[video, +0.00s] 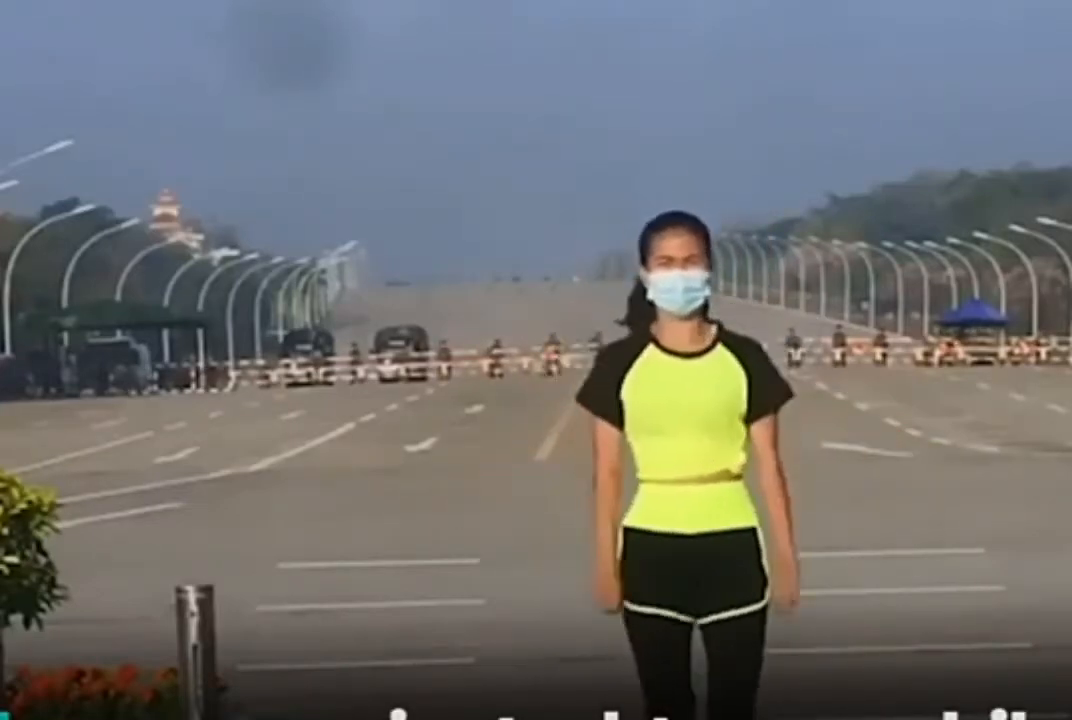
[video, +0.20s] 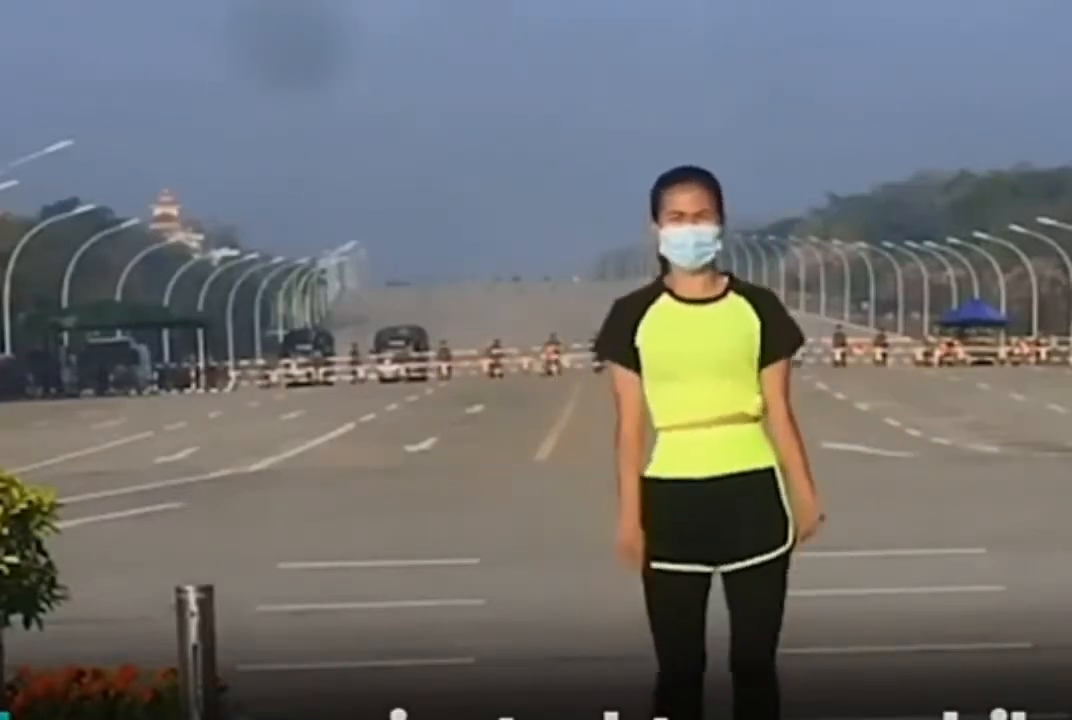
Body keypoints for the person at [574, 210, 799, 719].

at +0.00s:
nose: (682, 275)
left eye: (694, 262)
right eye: (667, 263)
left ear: (710, 272)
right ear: (645, 274)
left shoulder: (745, 357)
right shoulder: (619, 362)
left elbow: (768, 466)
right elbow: (609, 472)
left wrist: (786, 559)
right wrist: (606, 564)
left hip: (732, 550)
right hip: (650, 553)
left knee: (733, 707)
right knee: (667, 708)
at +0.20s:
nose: (690, 229)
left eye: (702, 216)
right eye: (676, 218)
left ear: (721, 224)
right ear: (657, 228)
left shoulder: (760, 307)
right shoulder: (631, 316)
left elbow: (778, 411)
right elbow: (631, 427)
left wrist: (806, 495)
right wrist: (630, 519)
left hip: (754, 500)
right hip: (670, 504)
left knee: (755, 668)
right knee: (680, 672)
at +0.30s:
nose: (707, 225)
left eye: (719, 212)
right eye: (692, 213)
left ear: (737, 218)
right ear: (671, 223)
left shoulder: (774, 295)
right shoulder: (651, 302)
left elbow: (793, 365)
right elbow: (649, 370)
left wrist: (822, 406)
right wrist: (652, 425)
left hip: (767, 486)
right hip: (685, 490)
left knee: (799, 653)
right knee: (682, 662)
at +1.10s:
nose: (789, 196)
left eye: (799, 183)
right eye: (773, 184)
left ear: (817, 194)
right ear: (751, 199)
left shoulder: (858, 274)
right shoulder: (730, 282)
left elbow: (881, 358)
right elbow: (716, 377)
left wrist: (900, 429)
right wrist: (726, 463)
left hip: (843, 461)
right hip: (758, 465)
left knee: (867, 631)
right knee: (749, 636)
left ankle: (889, 717)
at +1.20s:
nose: (793, 214)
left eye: (804, 202)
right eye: (779, 203)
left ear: (822, 210)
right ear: (757, 211)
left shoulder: (861, 287)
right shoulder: (739, 288)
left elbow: (919, 360)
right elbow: (688, 379)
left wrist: (884, 437)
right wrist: (746, 444)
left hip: (847, 483)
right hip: (764, 486)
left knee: (873, 650)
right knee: (759, 656)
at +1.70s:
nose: (815, 248)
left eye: (827, 235)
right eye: (801, 237)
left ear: (846, 246)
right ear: (781, 250)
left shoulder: (879, 316)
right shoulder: (759, 324)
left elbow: (953, 351)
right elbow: (683, 372)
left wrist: (882, 377)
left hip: (866, 510)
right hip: (785, 512)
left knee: (893, 677)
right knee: (764, 675)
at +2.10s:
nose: (789, 226)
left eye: (801, 214)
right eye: (775, 214)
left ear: (818, 223)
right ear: (754, 225)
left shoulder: (852, 301)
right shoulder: (728, 306)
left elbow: (866, 365)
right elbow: (719, 408)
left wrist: (880, 399)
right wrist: (727, 407)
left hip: (830, 494)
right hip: (750, 495)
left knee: (865, 663)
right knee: (712, 657)